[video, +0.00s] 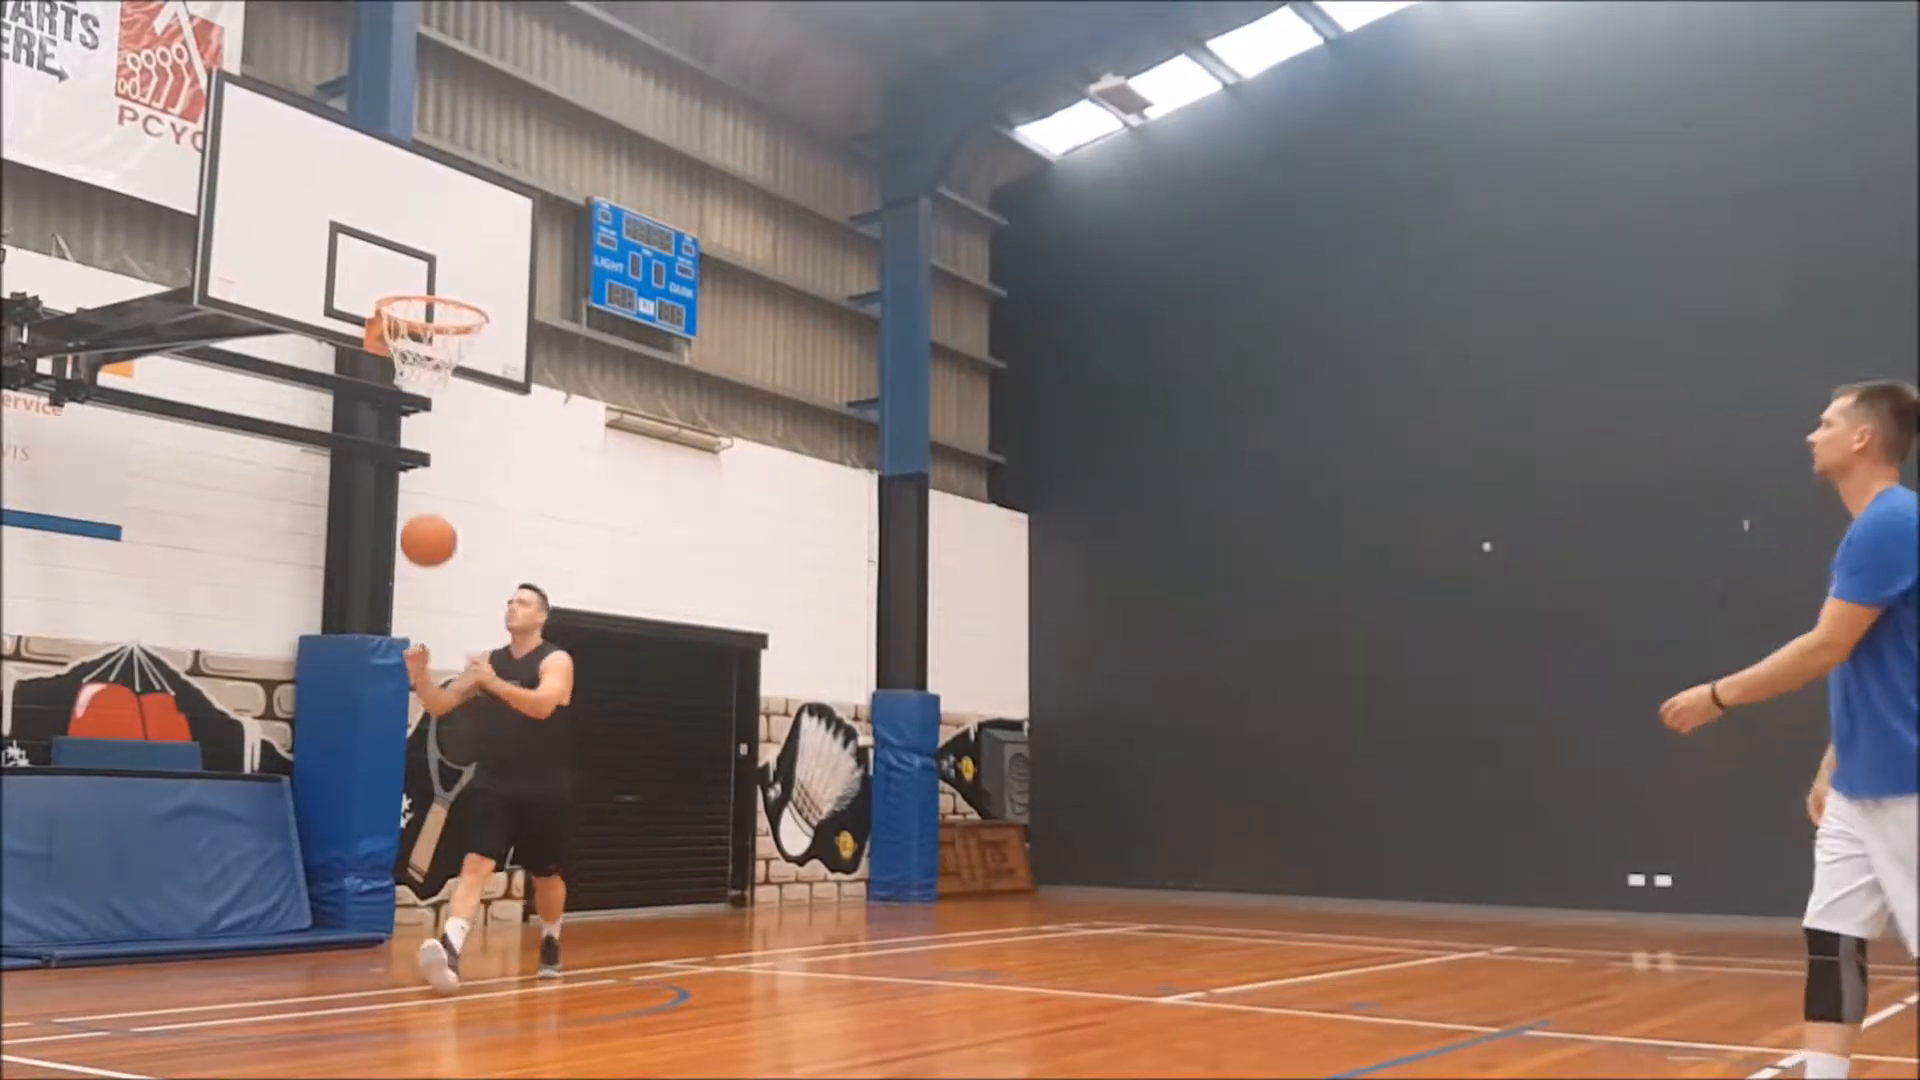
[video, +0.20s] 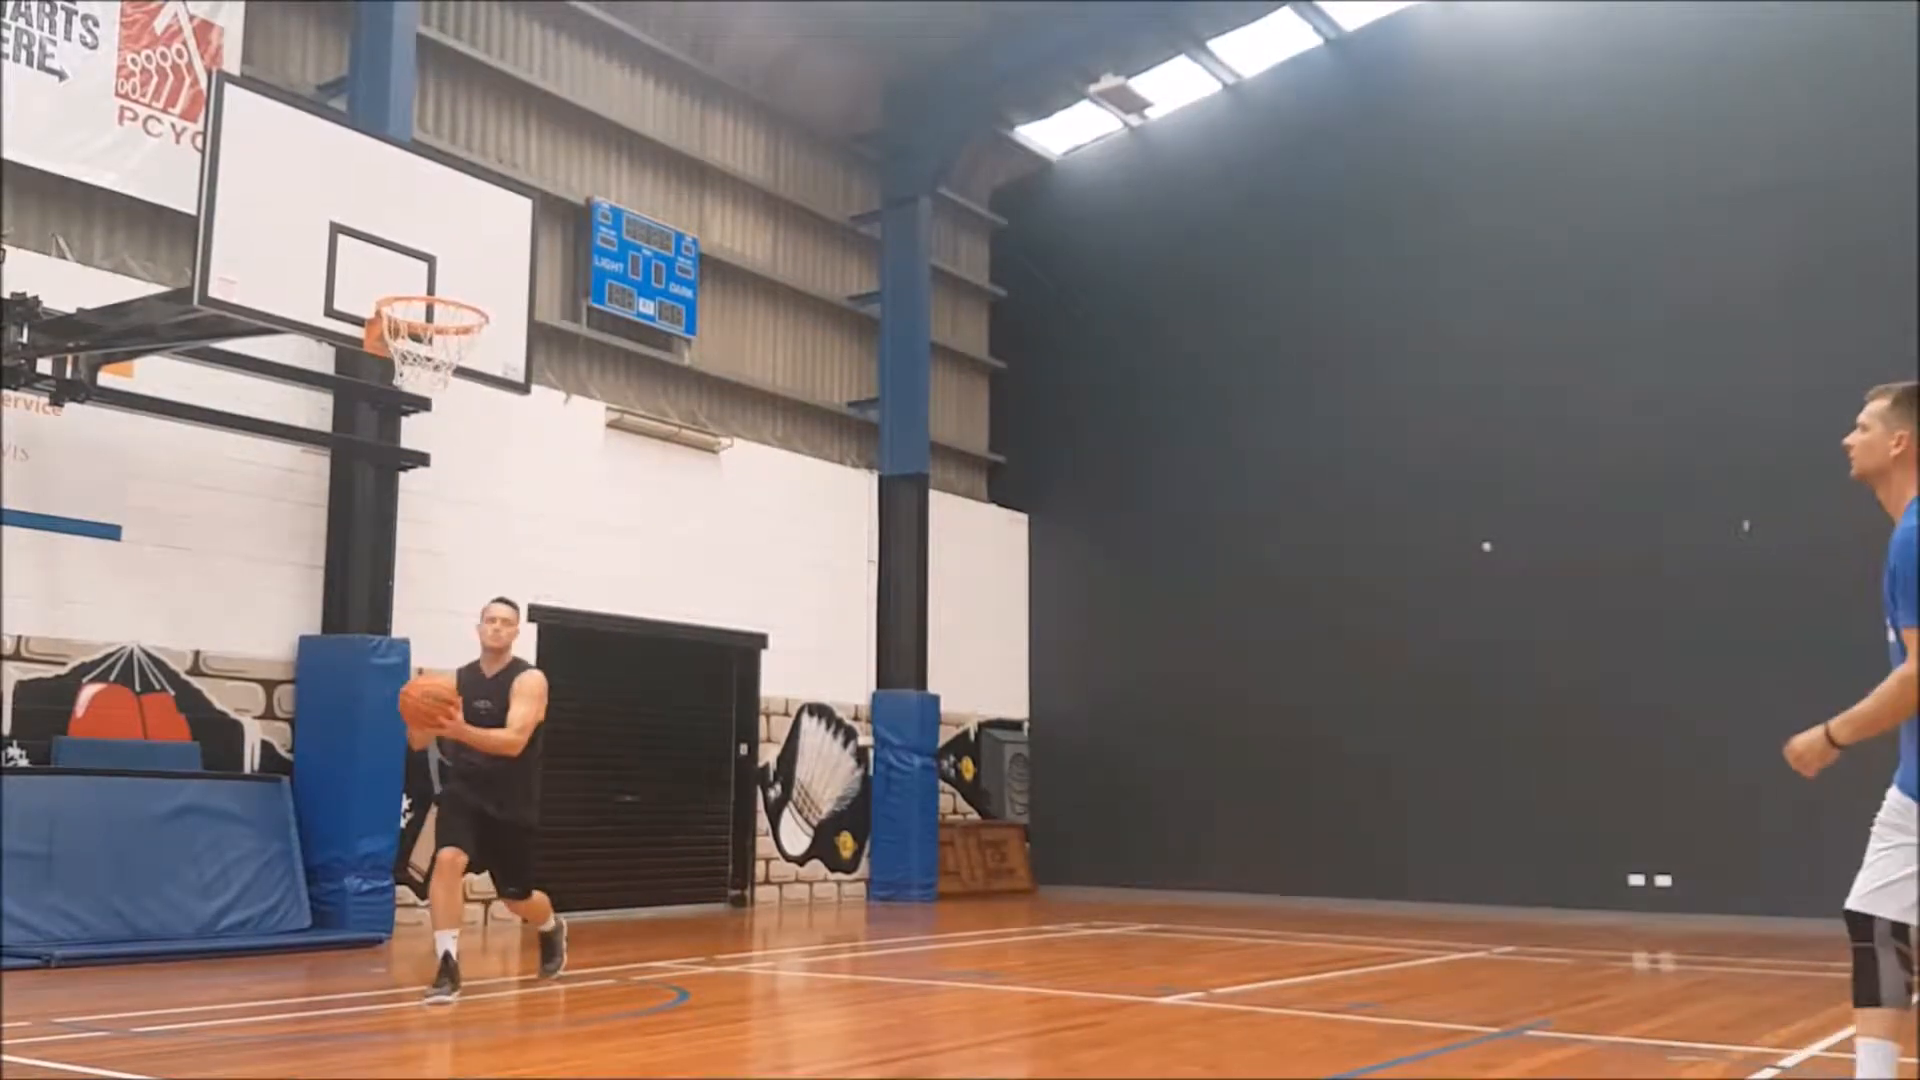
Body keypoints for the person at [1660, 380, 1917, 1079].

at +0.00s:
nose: (1812, 437)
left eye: (1825, 424)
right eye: (1818, 425)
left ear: (1864, 438)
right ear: (1866, 440)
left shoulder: (1891, 521)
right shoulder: (1873, 525)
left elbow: (1831, 645)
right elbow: (1877, 670)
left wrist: (1716, 694)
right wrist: (1834, 764)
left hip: (1905, 788)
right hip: (1857, 788)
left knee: (1919, 949)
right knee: (1833, 936)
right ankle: (1824, 1074)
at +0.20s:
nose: (1847, 440)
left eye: (1861, 428)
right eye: (1854, 427)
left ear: (1900, 444)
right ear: (1897, 445)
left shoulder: (1911, 542)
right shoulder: (1907, 537)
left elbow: (1914, 671)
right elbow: (1910, 668)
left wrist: (1831, 735)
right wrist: (1838, 733)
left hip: (1915, 786)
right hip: (1910, 783)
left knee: (1877, 918)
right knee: (1880, 919)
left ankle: (1876, 1068)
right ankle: (1877, 1066)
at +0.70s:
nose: (1835, 467)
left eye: (1847, 455)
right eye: (1841, 454)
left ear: (1885, 465)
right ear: (1888, 467)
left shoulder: (1888, 546)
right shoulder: (1904, 541)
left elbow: (1846, 663)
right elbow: (1865, 662)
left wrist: (1744, 663)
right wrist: (1780, 649)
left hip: (1910, 784)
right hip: (1907, 781)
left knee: (1883, 934)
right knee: (1886, 933)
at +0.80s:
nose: (1813, 464)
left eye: (1824, 451)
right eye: (1819, 451)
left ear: (1860, 462)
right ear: (1871, 465)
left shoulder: (1860, 539)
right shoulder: (1902, 536)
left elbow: (1769, 634)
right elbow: (1816, 628)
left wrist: (1690, 591)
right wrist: (1734, 577)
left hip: (1894, 769)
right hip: (1907, 767)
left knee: (1818, 908)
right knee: (1897, 927)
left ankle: (1918, 1030)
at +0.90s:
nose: (1780, 462)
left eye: (1791, 450)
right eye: (1784, 450)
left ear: (1825, 460)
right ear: (1838, 464)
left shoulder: (1824, 533)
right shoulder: (1879, 535)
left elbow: (1712, 605)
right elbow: (1755, 593)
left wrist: (1641, 552)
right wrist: (1685, 533)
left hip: (1871, 759)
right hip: (1904, 757)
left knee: (1771, 896)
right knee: (1913, 904)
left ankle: (1818, 1062)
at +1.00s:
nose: (1736, 475)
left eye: (1747, 463)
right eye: (1741, 463)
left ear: (1782, 475)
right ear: (1797, 479)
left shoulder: (1779, 549)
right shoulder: (1830, 543)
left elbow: (1667, 611)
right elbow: (1711, 597)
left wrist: (1602, 553)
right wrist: (1635, 543)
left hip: (1838, 770)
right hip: (1893, 765)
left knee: (1743, 911)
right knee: (1914, 917)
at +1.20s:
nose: (1621, 509)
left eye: (1634, 501)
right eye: (1628, 498)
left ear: (1666, 518)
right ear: (1685, 523)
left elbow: (1644, 714)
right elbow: (1705, 683)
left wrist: (1581, 678)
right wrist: (1621, 649)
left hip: (1742, 792)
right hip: (1800, 790)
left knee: (1636, 918)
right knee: (1804, 951)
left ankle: (1631, 1069)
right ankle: (1915, 1014)